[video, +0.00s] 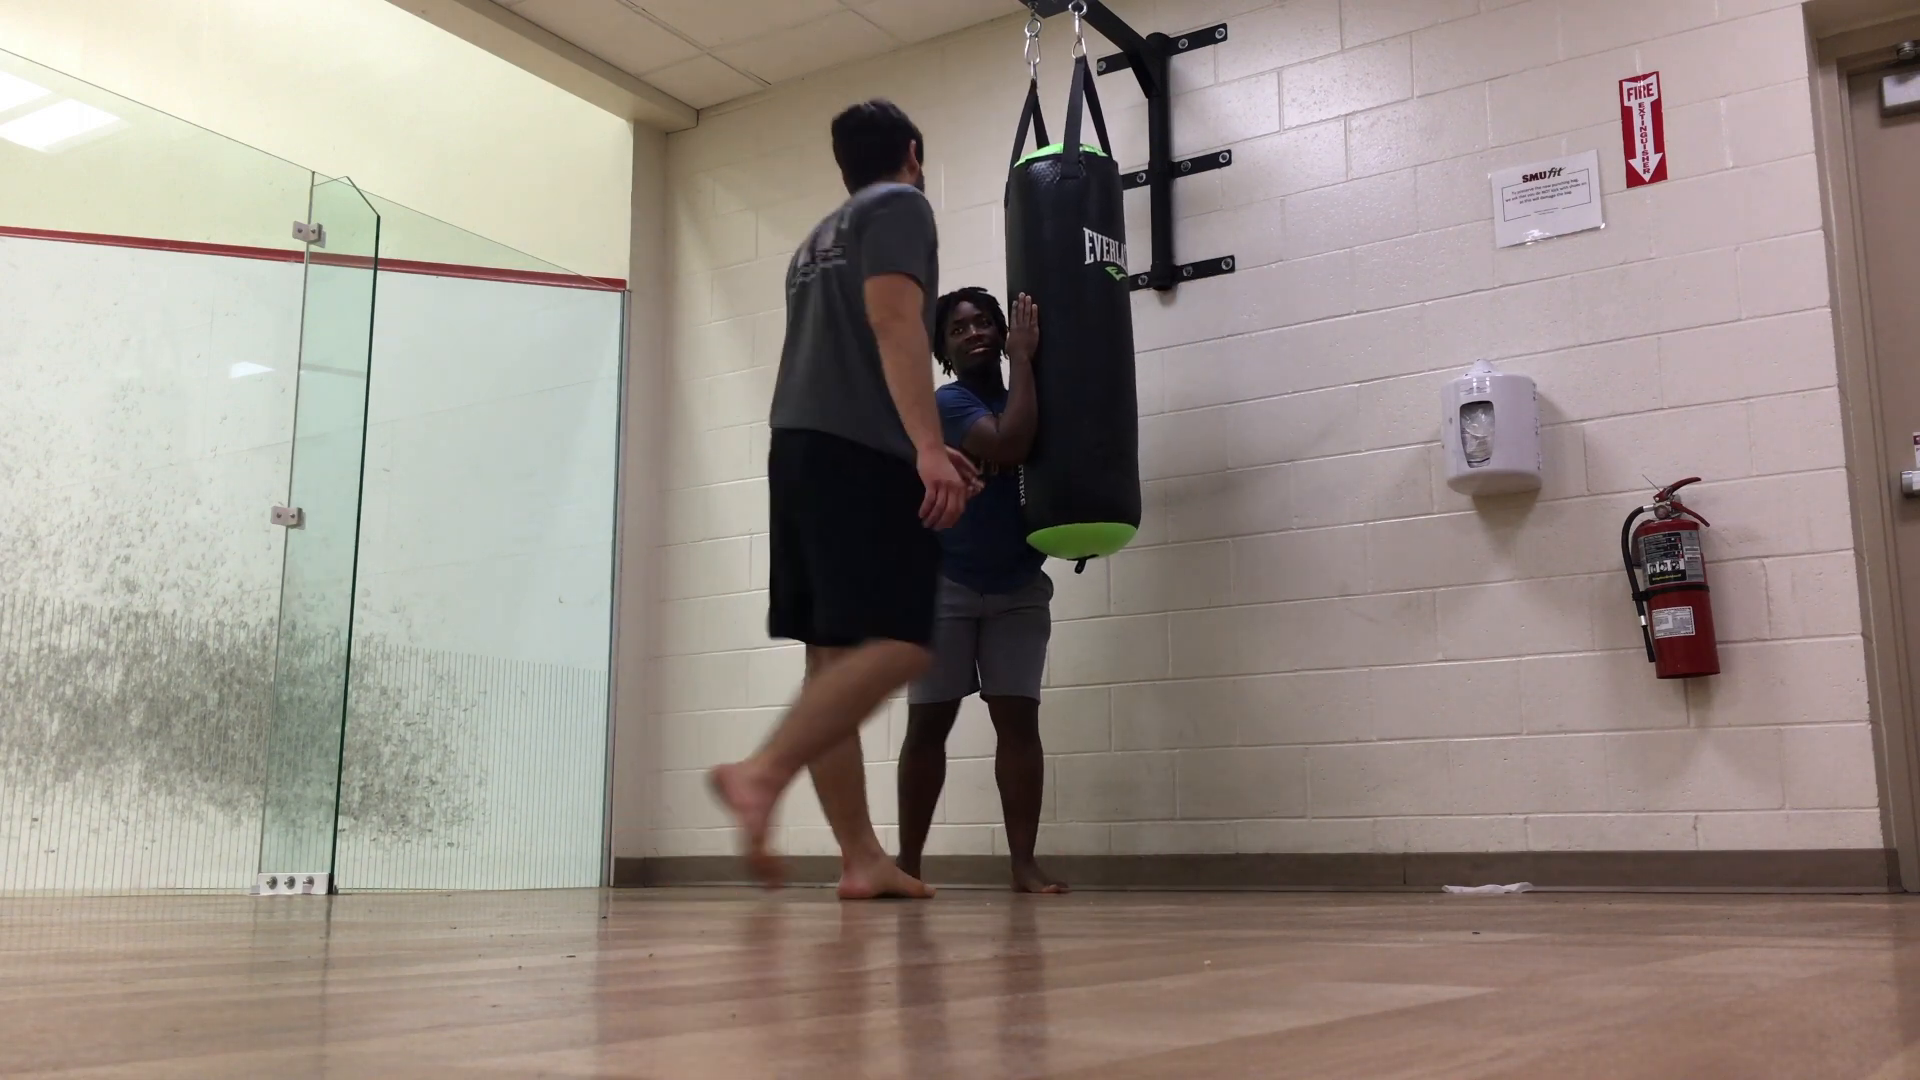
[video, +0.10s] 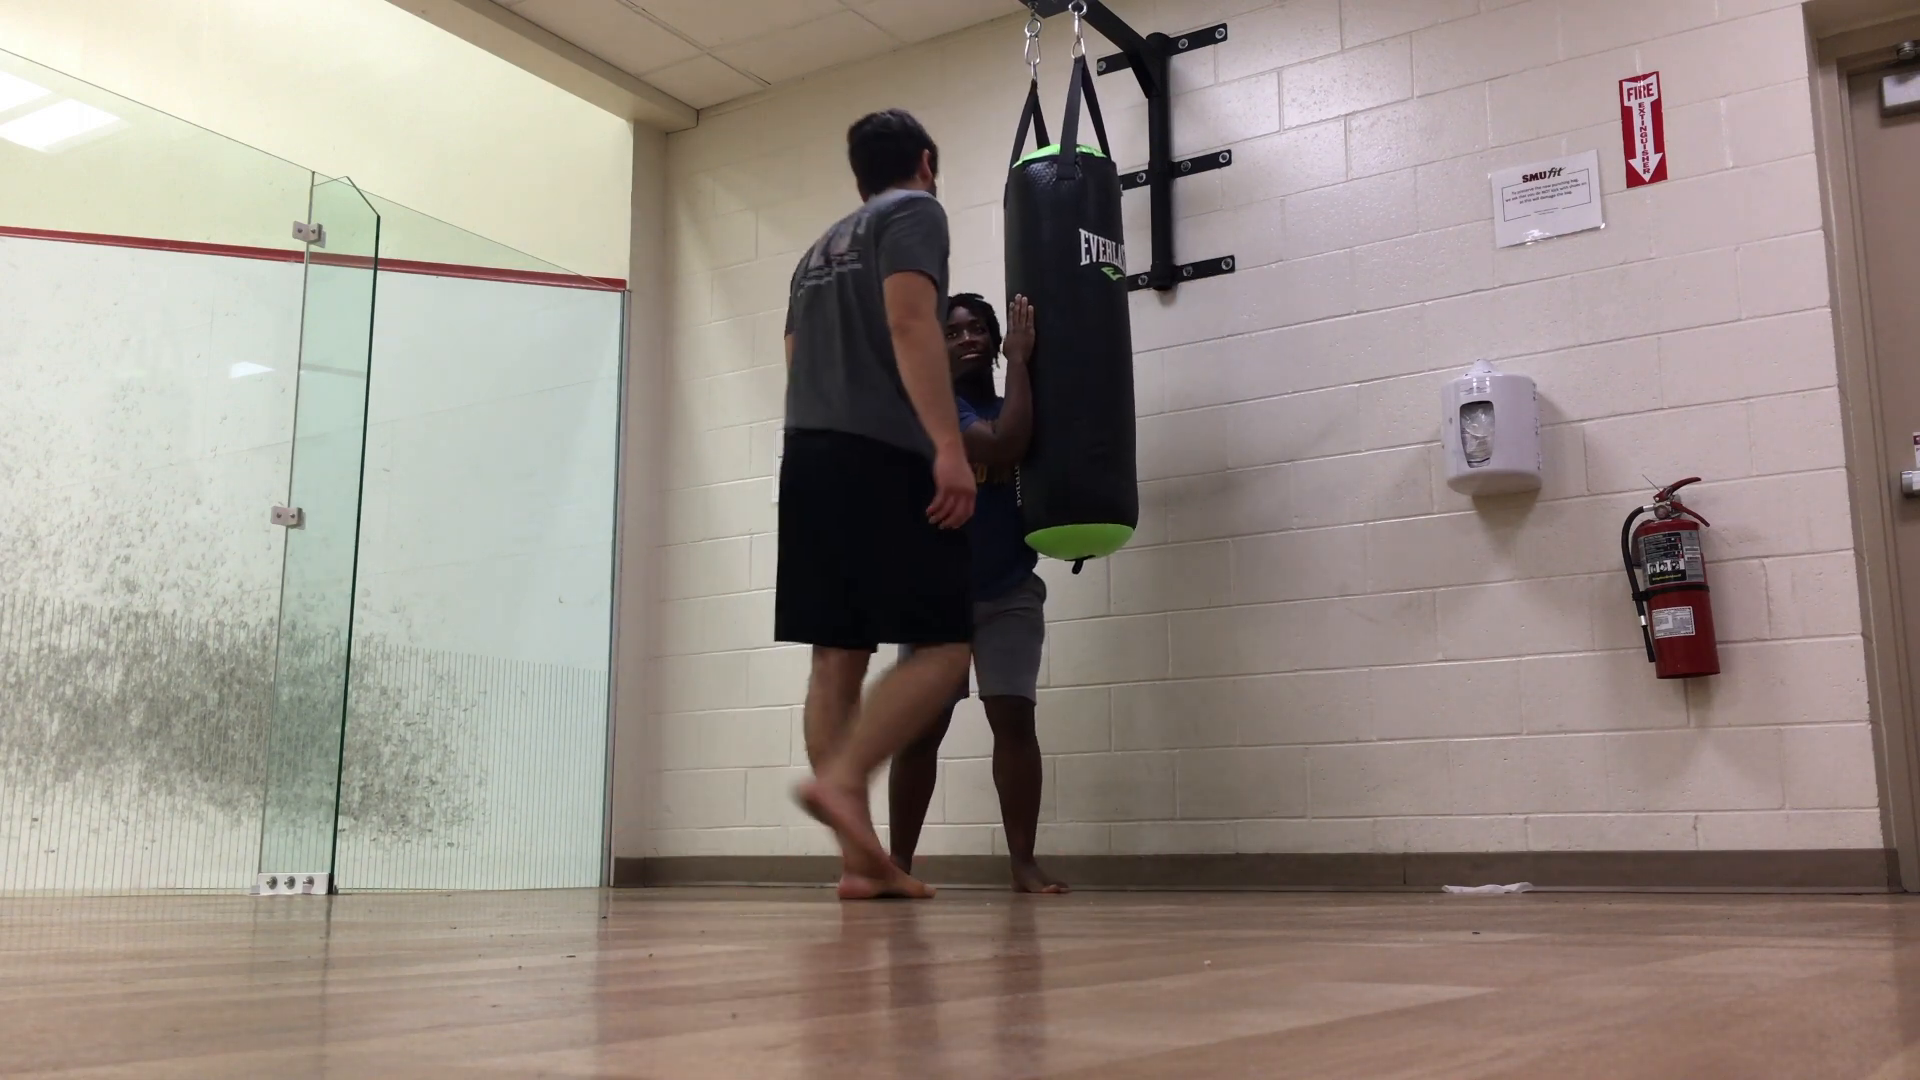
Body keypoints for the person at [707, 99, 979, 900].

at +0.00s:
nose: (923, 174)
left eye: (917, 164)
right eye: (922, 163)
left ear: (846, 168)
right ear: (911, 158)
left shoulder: (817, 237)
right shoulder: (897, 203)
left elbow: (817, 356)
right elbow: (893, 316)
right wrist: (930, 445)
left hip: (802, 450)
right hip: (863, 448)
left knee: (830, 653)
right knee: (903, 644)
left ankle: (863, 857)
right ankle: (756, 775)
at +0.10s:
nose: (935, 180)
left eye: (933, 169)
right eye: (934, 169)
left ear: (857, 175)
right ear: (924, 164)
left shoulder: (818, 249)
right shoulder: (915, 211)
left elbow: (797, 353)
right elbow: (909, 316)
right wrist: (949, 445)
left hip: (812, 463)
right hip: (888, 460)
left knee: (837, 651)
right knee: (945, 649)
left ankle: (860, 861)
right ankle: (840, 776)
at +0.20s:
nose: (950, 192)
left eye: (947, 181)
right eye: (949, 181)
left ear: (871, 182)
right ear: (940, 176)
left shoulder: (824, 259)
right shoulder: (930, 219)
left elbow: (798, 388)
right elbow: (926, 319)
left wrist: (855, 441)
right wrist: (971, 444)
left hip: (832, 472)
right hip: (917, 465)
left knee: (845, 659)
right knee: (960, 648)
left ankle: (862, 860)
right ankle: (926, 832)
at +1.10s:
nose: (945, 214)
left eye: (946, 201)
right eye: (945, 198)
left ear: (879, 189)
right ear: (927, 186)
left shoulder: (860, 243)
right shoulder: (893, 226)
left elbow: (856, 388)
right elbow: (857, 306)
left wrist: (932, 449)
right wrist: (945, 395)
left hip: (845, 465)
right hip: (869, 461)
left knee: (853, 657)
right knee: (893, 629)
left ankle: (870, 854)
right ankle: (894, 826)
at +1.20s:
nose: (933, 197)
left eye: (932, 183)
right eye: (931, 182)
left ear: (865, 172)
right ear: (914, 171)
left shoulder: (878, 253)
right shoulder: (856, 219)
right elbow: (828, 308)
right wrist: (940, 368)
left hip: (876, 463)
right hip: (846, 450)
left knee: (863, 665)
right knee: (847, 589)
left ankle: (871, 857)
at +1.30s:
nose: (914, 184)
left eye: (914, 169)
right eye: (914, 167)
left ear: (863, 158)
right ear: (895, 156)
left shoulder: (863, 243)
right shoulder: (823, 207)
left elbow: (849, 336)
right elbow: (799, 303)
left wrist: (929, 334)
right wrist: (917, 334)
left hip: (864, 461)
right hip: (820, 443)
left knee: (860, 662)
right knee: (788, 590)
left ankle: (872, 858)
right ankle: (675, 786)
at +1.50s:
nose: (891, 175)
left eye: (892, 162)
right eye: (890, 158)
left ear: (838, 145)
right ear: (867, 141)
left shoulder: (840, 242)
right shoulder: (786, 176)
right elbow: (751, 274)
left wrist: (861, 336)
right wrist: (866, 321)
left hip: (826, 466)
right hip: (760, 447)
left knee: (864, 642)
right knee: (713, 626)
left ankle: (882, 840)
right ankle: (610, 834)